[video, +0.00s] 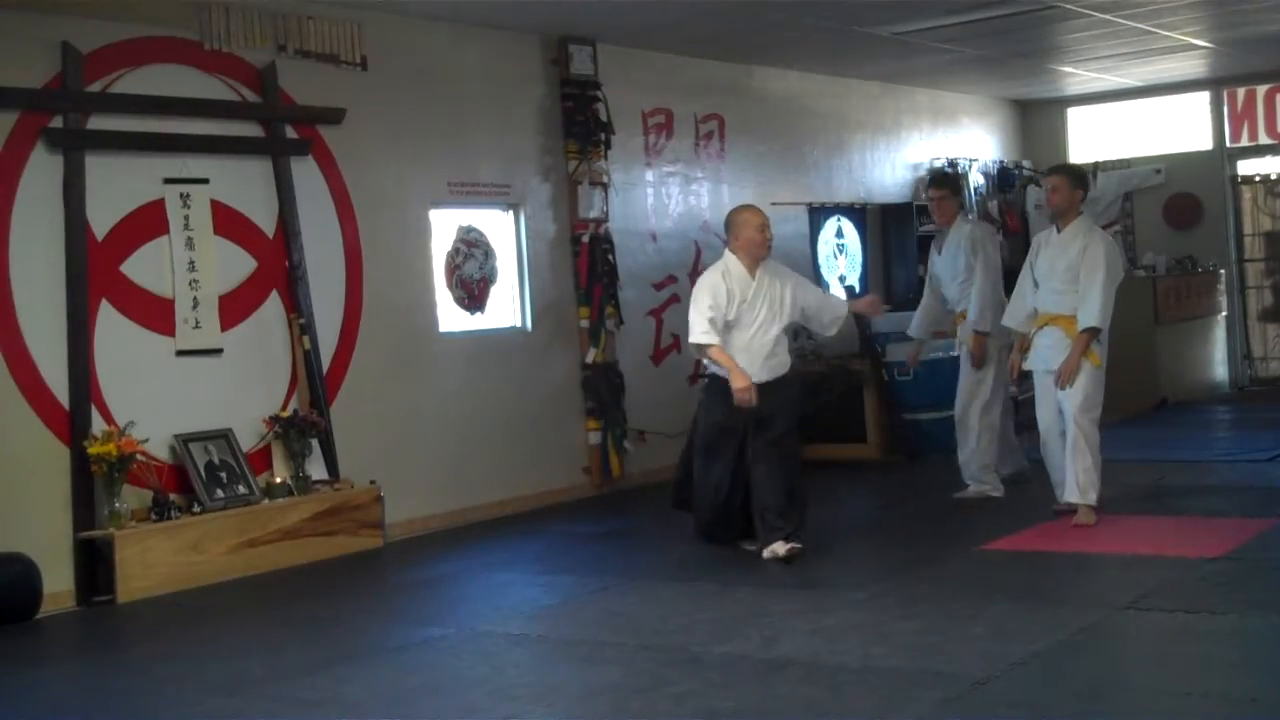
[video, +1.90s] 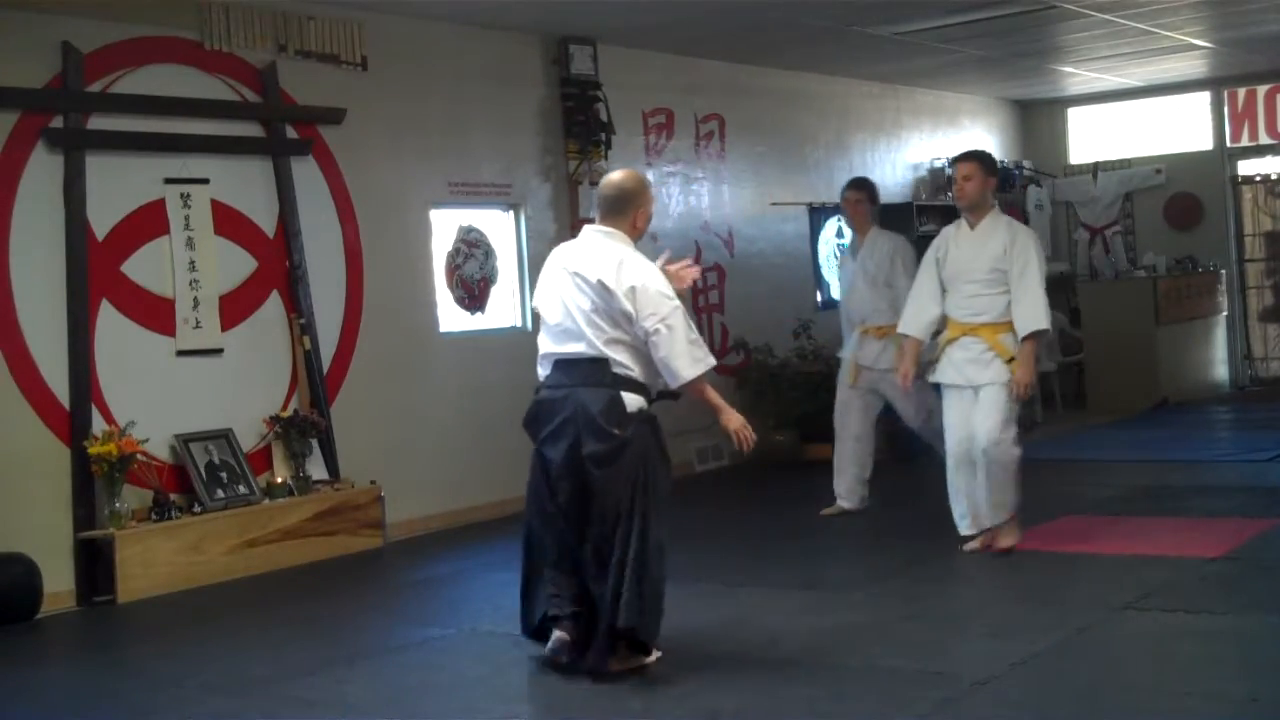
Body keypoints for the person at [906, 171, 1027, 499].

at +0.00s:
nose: (935, 207)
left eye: (942, 200)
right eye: (931, 201)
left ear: (958, 200)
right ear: (928, 204)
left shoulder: (979, 233)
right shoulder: (940, 244)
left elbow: (987, 283)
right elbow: (933, 297)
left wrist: (980, 332)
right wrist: (918, 342)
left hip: (987, 326)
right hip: (968, 326)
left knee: (971, 406)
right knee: (990, 401)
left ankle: (983, 482)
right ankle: (1012, 464)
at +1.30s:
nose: (952, 206)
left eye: (959, 200)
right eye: (946, 200)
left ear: (971, 203)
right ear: (939, 206)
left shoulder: (989, 242)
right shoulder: (933, 249)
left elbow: (999, 295)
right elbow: (928, 302)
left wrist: (990, 344)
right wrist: (929, 351)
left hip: (979, 334)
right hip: (948, 335)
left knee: (964, 408)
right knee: (938, 408)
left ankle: (986, 480)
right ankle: (997, 451)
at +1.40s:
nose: (945, 207)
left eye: (952, 200)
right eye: (939, 200)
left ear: (966, 205)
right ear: (932, 206)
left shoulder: (984, 244)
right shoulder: (927, 250)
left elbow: (991, 298)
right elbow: (922, 304)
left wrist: (983, 347)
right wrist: (919, 350)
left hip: (971, 335)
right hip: (939, 335)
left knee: (962, 409)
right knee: (920, 406)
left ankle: (984, 478)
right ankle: (956, 468)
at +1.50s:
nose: (932, 203)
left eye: (939, 197)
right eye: (927, 197)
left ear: (953, 202)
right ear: (921, 203)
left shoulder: (972, 241)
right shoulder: (916, 246)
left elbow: (981, 295)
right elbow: (911, 299)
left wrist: (976, 343)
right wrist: (911, 345)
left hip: (961, 332)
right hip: (927, 332)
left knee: (963, 409)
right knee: (908, 406)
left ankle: (983, 479)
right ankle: (921, 479)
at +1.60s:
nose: (916, 202)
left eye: (923, 196)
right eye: (911, 197)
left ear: (938, 200)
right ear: (906, 202)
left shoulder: (957, 238)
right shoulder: (902, 246)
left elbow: (970, 293)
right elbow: (898, 300)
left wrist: (968, 343)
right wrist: (897, 346)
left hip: (952, 333)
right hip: (915, 333)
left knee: (965, 411)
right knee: (899, 406)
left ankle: (984, 479)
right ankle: (881, 481)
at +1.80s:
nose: (875, 210)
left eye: (883, 203)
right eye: (871, 203)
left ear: (896, 208)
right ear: (865, 210)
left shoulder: (917, 247)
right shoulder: (866, 256)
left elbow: (939, 296)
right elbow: (867, 310)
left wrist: (928, 332)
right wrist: (868, 355)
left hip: (919, 345)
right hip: (880, 349)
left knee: (950, 416)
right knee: (863, 418)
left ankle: (987, 483)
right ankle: (851, 496)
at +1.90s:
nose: (851, 210)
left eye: (858, 203)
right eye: (846, 204)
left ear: (872, 206)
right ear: (842, 209)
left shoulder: (895, 246)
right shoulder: (847, 257)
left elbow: (913, 298)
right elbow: (849, 310)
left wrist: (911, 343)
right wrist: (850, 351)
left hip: (893, 345)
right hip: (857, 348)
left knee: (922, 416)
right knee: (850, 422)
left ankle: (969, 463)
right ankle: (851, 497)